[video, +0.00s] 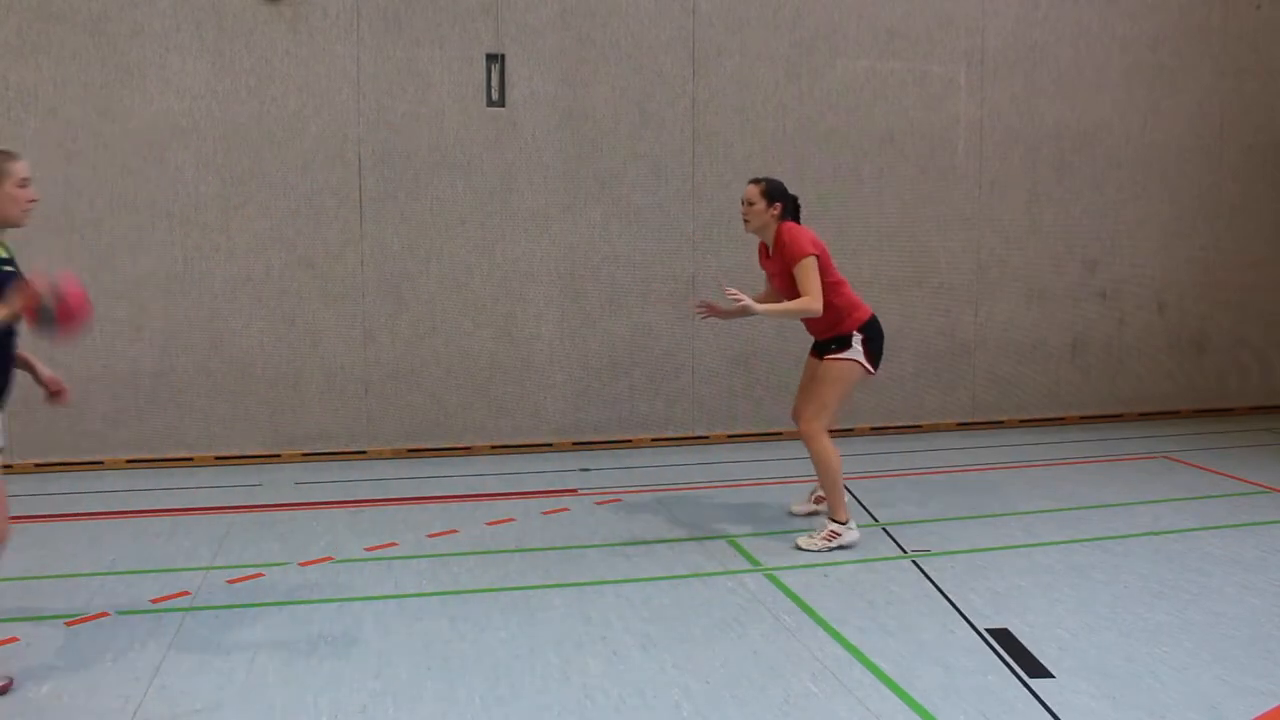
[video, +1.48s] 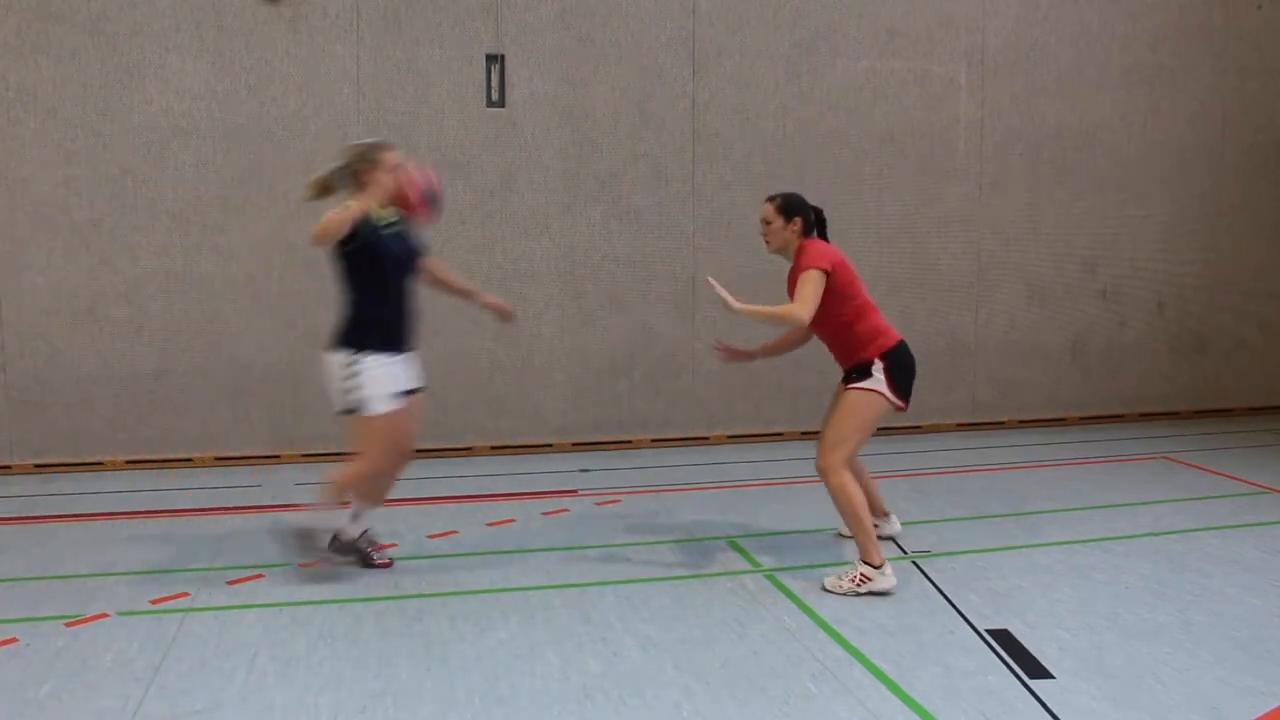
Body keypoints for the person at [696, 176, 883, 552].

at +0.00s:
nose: (742, 211)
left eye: (749, 204)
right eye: (742, 204)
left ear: (774, 208)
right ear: (759, 211)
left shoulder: (796, 238)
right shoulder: (766, 248)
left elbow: (813, 304)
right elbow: (779, 294)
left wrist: (757, 307)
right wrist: (732, 311)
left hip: (854, 334)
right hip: (827, 337)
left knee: (813, 423)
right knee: (804, 415)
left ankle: (842, 523)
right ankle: (831, 489)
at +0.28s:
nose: (749, 229)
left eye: (756, 223)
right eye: (749, 223)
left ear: (780, 226)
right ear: (770, 229)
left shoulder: (798, 253)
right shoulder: (776, 261)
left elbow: (794, 300)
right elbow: (768, 308)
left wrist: (743, 284)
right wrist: (729, 311)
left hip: (860, 348)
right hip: (835, 350)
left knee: (813, 426)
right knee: (806, 424)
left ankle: (841, 524)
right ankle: (838, 491)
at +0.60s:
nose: (753, 230)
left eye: (760, 223)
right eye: (754, 224)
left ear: (784, 226)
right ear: (779, 228)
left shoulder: (802, 254)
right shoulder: (786, 265)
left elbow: (792, 296)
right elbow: (792, 314)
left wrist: (738, 272)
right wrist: (745, 321)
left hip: (866, 355)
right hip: (838, 357)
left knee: (820, 437)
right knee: (813, 432)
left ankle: (857, 532)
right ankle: (840, 489)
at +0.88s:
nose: (754, 218)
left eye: (760, 211)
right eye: (754, 211)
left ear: (785, 212)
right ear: (782, 214)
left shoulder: (806, 240)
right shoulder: (793, 250)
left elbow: (796, 284)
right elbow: (801, 304)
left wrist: (739, 267)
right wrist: (752, 317)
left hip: (870, 341)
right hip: (853, 344)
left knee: (819, 432)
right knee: (827, 427)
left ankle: (851, 531)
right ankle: (859, 504)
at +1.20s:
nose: (755, 212)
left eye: (761, 203)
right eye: (755, 204)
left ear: (788, 204)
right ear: (788, 207)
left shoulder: (808, 232)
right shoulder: (805, 240)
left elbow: (802, 284)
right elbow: (811, 305)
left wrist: (741, 276)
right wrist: (763, 322)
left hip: (872, 341)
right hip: (862, 341)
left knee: (831, 443)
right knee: (840, 432)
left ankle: (853, 550)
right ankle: (869, 506)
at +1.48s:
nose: (762, 232)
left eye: (768, 223)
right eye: (761, 224)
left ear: (794, 224)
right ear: (793, 226)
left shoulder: (815, 253)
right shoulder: (802, 268)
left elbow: (803, 314)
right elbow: (803, 332)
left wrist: (741, 307)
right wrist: (754, 352)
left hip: (882, 363)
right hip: (864, 366)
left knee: (831, 462)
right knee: (833, 448)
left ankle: (874, 567)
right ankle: (879, 518)